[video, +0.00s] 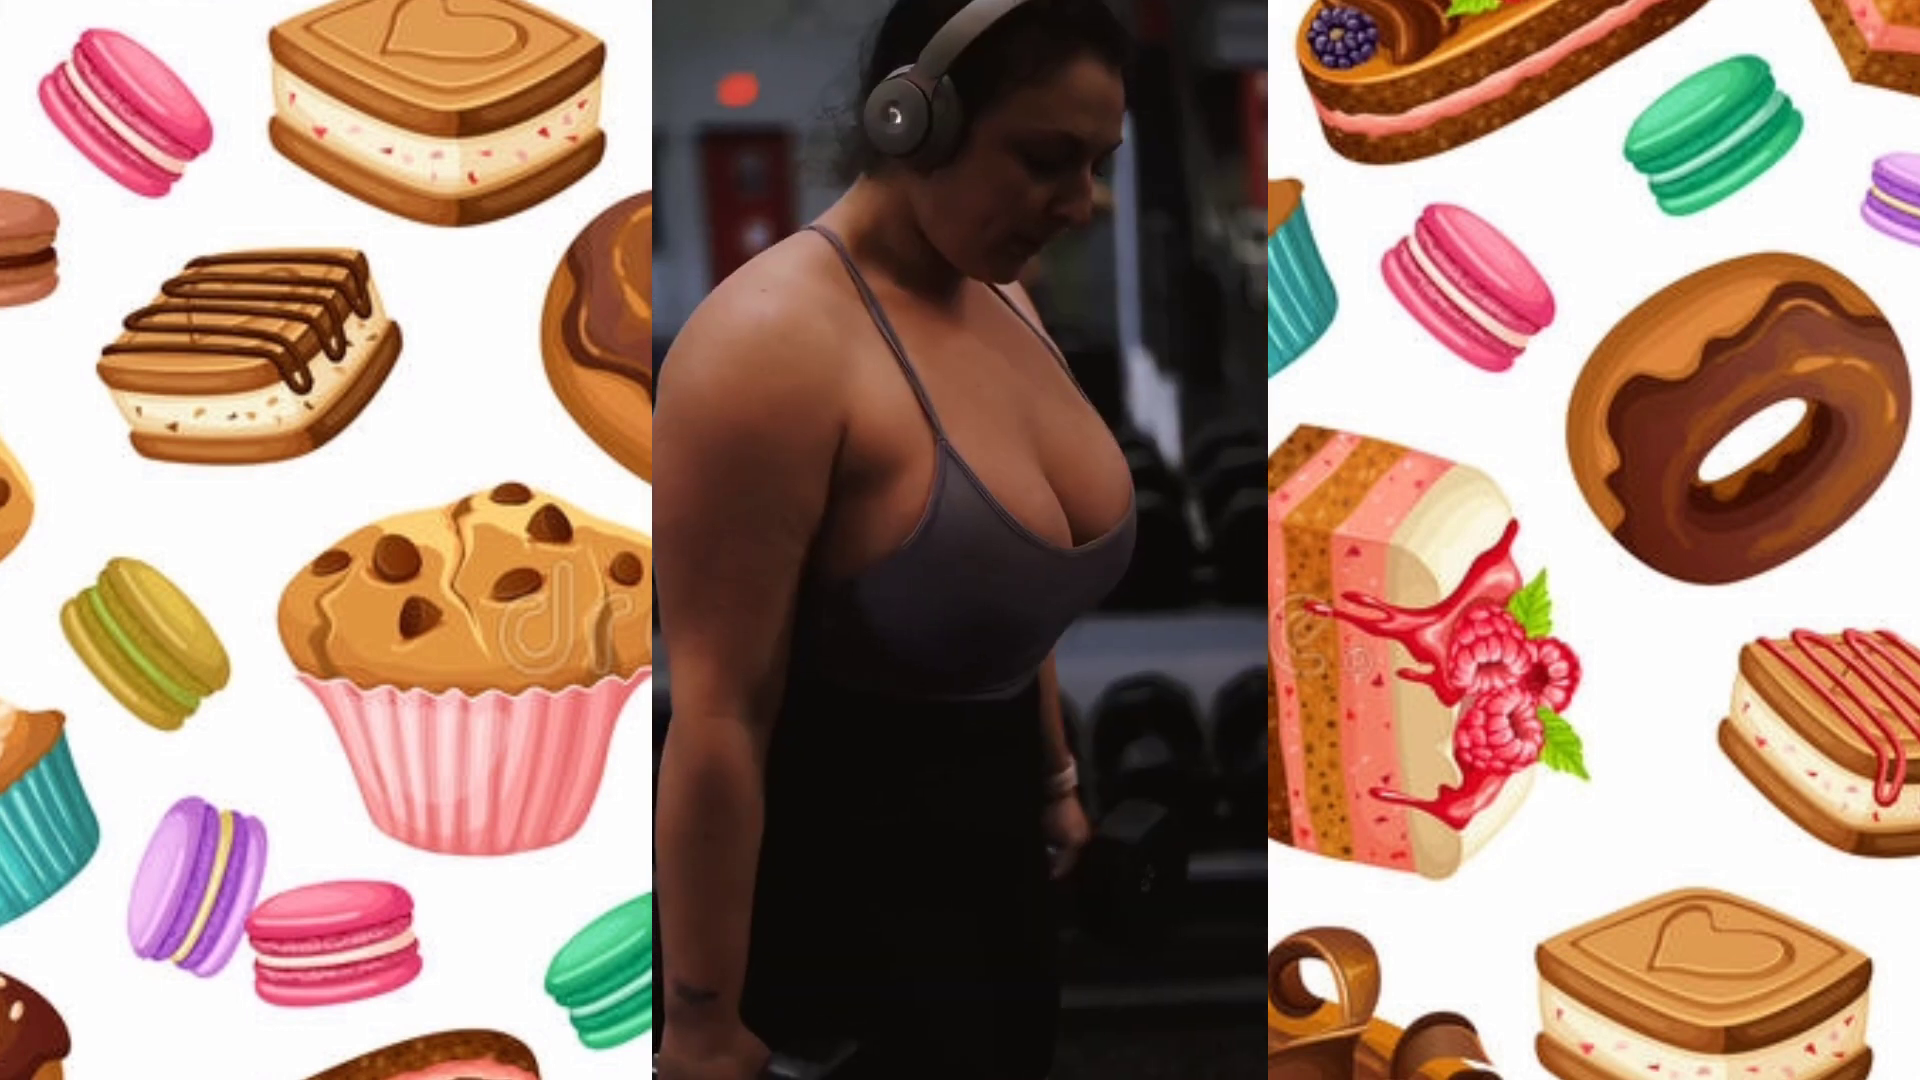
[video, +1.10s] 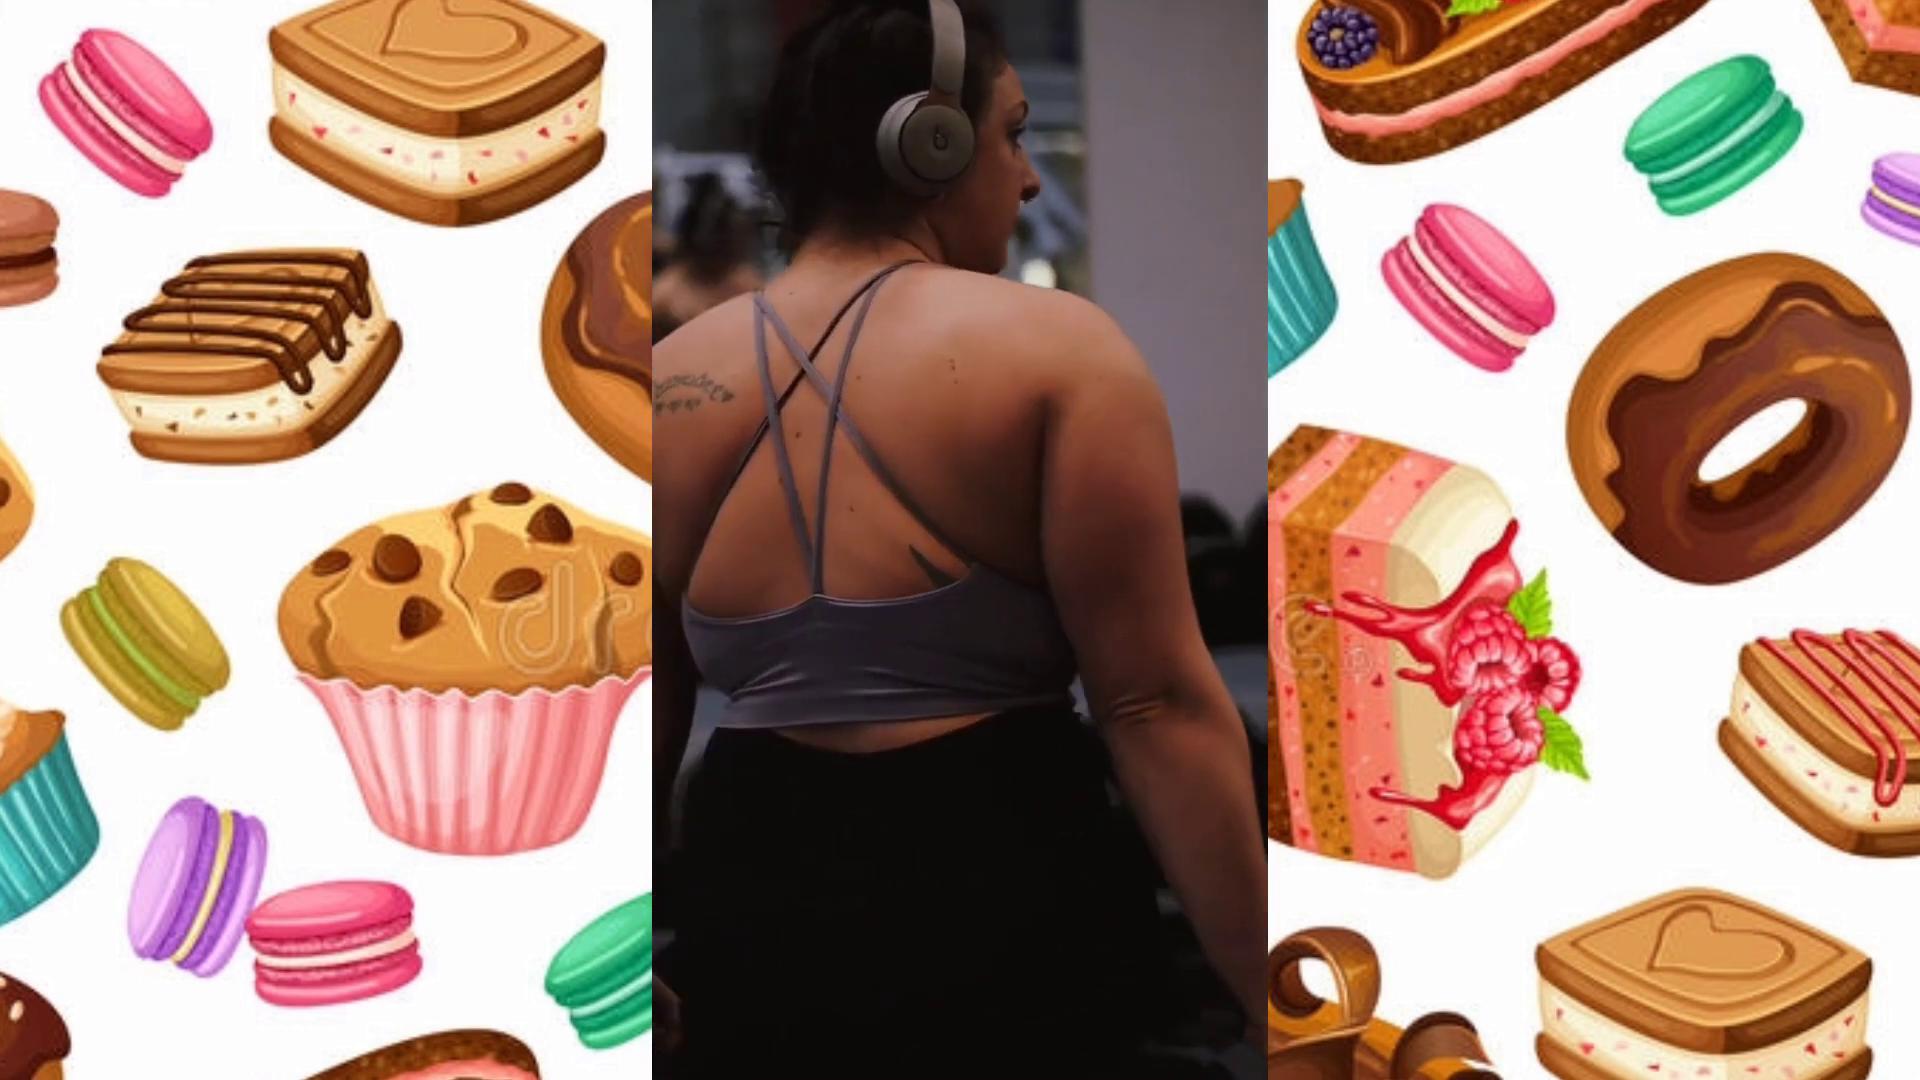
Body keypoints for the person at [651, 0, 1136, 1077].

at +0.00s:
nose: (1084, 201)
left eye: (1098, 163)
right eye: (1047, 158)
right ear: (914, 117)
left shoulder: (997, 296)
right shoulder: (765, 343)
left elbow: (1001, 582)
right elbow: (717, 714)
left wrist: (1054, 781)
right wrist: (701, 1019)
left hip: (989, 850)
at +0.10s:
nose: (1085, 212)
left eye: (1102, 169)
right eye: (1054, 160)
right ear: (918, 112)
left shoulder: (963, 303)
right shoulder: (769, 342)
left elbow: (948, 669)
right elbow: (717, 735)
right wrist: (705, 1052)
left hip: (962, 832)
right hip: (815, 855)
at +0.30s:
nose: (1129, 248)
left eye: (1139, 204)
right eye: (1105, 199)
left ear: (968, 160)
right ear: (966, 154)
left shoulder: (918, 326)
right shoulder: (833, 384)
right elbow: (773, 790)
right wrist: (773, 1074)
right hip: (829, 937)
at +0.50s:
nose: (1122, 252)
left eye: (1126, 209)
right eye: (1102, 202)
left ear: (969, 183)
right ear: (977, 181)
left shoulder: (785, 337)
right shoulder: (903, 412)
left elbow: (747, 726)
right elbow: (876, 799)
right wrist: (890, 1063)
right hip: (850, 879)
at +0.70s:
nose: (1062, 211)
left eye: (1057, 170)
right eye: (1039, 165)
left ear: (925, 166)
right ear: (930, 164)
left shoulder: (714, 362)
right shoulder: (941, 380)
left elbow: (716, 701)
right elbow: (972, 762)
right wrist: (1031, 1065)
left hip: (727, 854)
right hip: (883, 870)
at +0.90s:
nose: (1026, 190)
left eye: (1018, 149)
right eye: (1005, 146)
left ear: (893, 158)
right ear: (907, 156)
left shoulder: (688, 368)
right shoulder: (988, 352)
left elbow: (674, 695)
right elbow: (1062, 728)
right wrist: (1173, 1038)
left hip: (726, 872)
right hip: (942, 874)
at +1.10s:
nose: (1031, 176)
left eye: (1024, 138)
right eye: (1013, 138)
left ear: (817, 150)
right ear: (926, 146)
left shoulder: (677, 368)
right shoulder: (1057, 349)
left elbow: (637, 691)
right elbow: (1155, 701)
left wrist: (617, 955)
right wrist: (1280, 1000)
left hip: (751, 879)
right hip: (1009, 878)